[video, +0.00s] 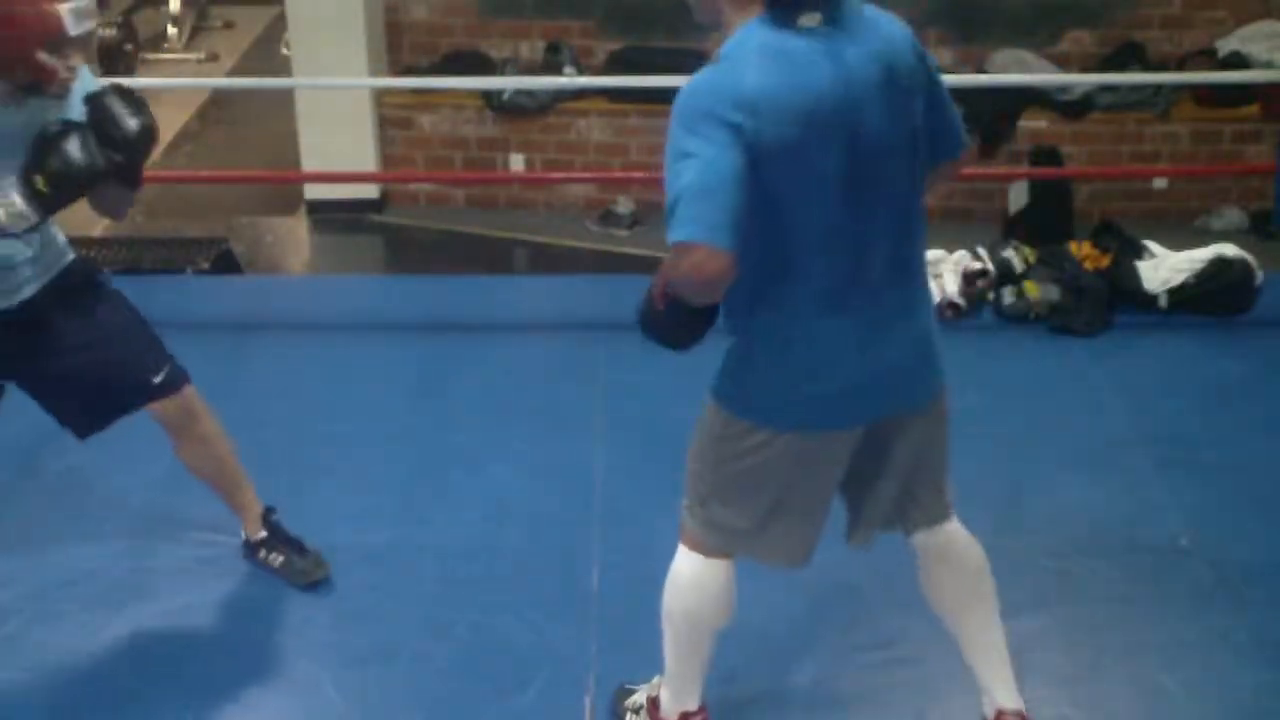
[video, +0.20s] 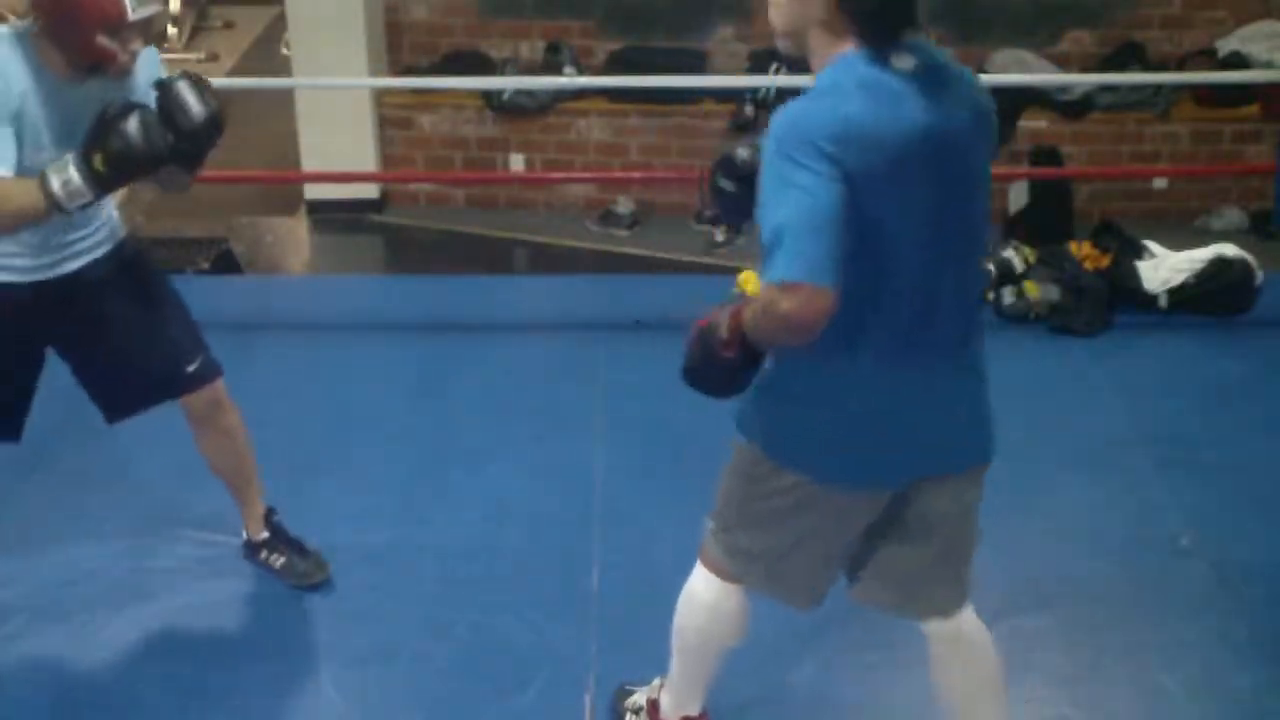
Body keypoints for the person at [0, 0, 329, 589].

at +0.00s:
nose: (60, 65)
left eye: (62, 46)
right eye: (44, 54)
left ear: (67, 36)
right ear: (9, 60)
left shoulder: (73, 83)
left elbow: (111, 208)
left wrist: (121, 166)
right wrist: (34, 197)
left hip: (39, 270)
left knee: (170, 391)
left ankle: (258, 528)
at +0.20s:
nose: (133, 50)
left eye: (138, 33)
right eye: (118, 36)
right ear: (66, 33)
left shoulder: (134, 60)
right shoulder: (7, 70)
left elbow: (165, 181)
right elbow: (5, 207)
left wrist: (188, 148)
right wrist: (85, 174)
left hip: (98, 257)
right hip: (9, 278)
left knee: (204, 389)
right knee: (2, 432)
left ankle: (259, 529)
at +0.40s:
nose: (84, 38)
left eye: (93, 24)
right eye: (69, 25)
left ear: (103, 14)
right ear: (26, 13)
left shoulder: (119, 44)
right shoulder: (4, 66)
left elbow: (186, 152)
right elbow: (8, 196)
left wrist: (188, 89)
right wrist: (77, 118)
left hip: (103, 257)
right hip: (13, 279)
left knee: (210, 380)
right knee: (2, 425)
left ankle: (263, 528)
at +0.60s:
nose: (60, 13)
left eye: (68, 4)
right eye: (45, 6)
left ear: (78, 1)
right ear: (11, 6)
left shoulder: (95, 33)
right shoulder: (4, 63)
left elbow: (154, 160)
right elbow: (1, 186)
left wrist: (149, 99)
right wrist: (42, 115)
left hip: (106, 252)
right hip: (13, 279)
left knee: (234, 367)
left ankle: (293, 507)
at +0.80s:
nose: (126, 29)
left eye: (138, 17)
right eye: (115, 15)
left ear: (148, 11)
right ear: (71, 2)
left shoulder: (154, 37)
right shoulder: (14, 44)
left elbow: (212, 163)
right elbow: (22, 190)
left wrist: (206, 100)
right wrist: (95, 128)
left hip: (150, 261)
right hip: (32, 277)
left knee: (261, 389)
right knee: (4, 427)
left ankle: (338, 523)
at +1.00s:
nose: (199, 9)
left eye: (205, 6)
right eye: (184, 5)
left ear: (211, 5)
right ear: (144, 1)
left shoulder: (227, 30)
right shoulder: (76, 35)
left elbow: (278, 160)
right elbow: (100, 177)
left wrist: (275, 87)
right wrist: (168, 107)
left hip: (198, 243)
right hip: (79, 250)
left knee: (297, 379)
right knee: (12, 394)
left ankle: (342, 527)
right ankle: (0, 496)